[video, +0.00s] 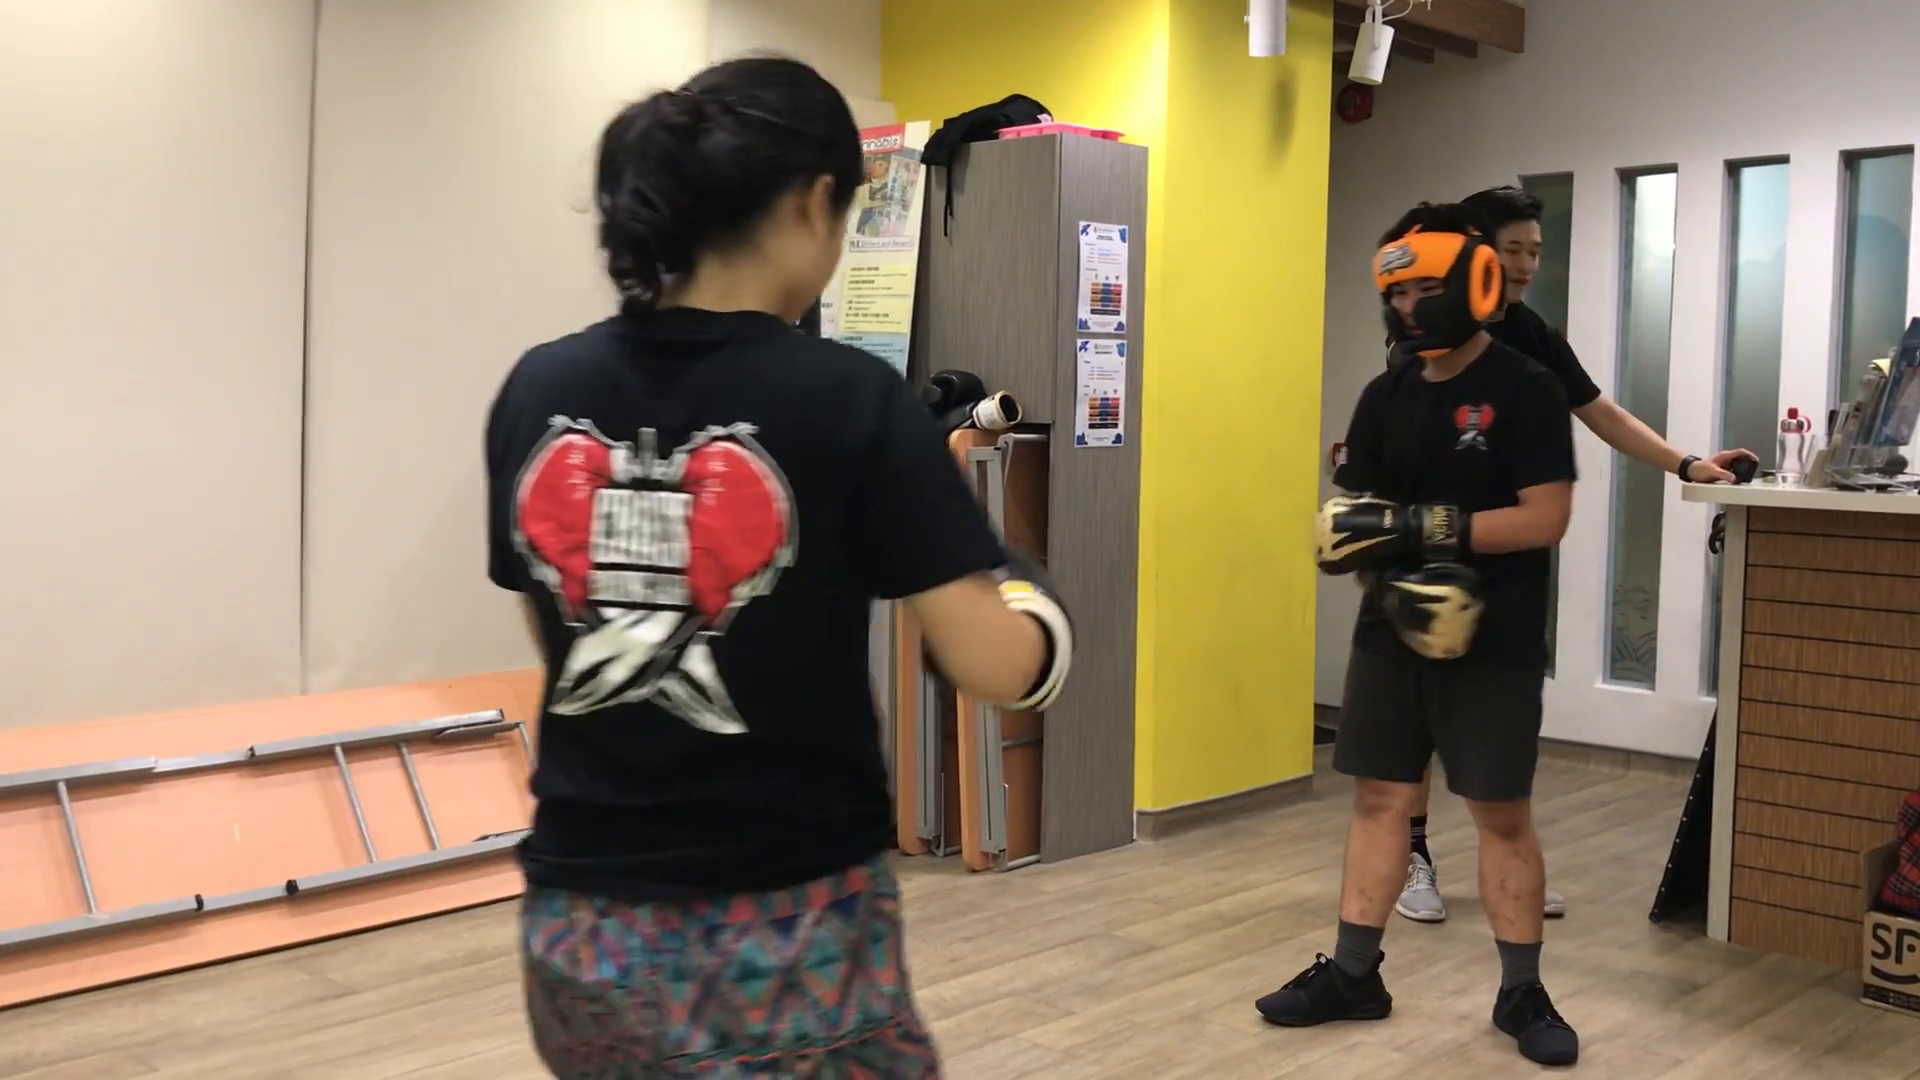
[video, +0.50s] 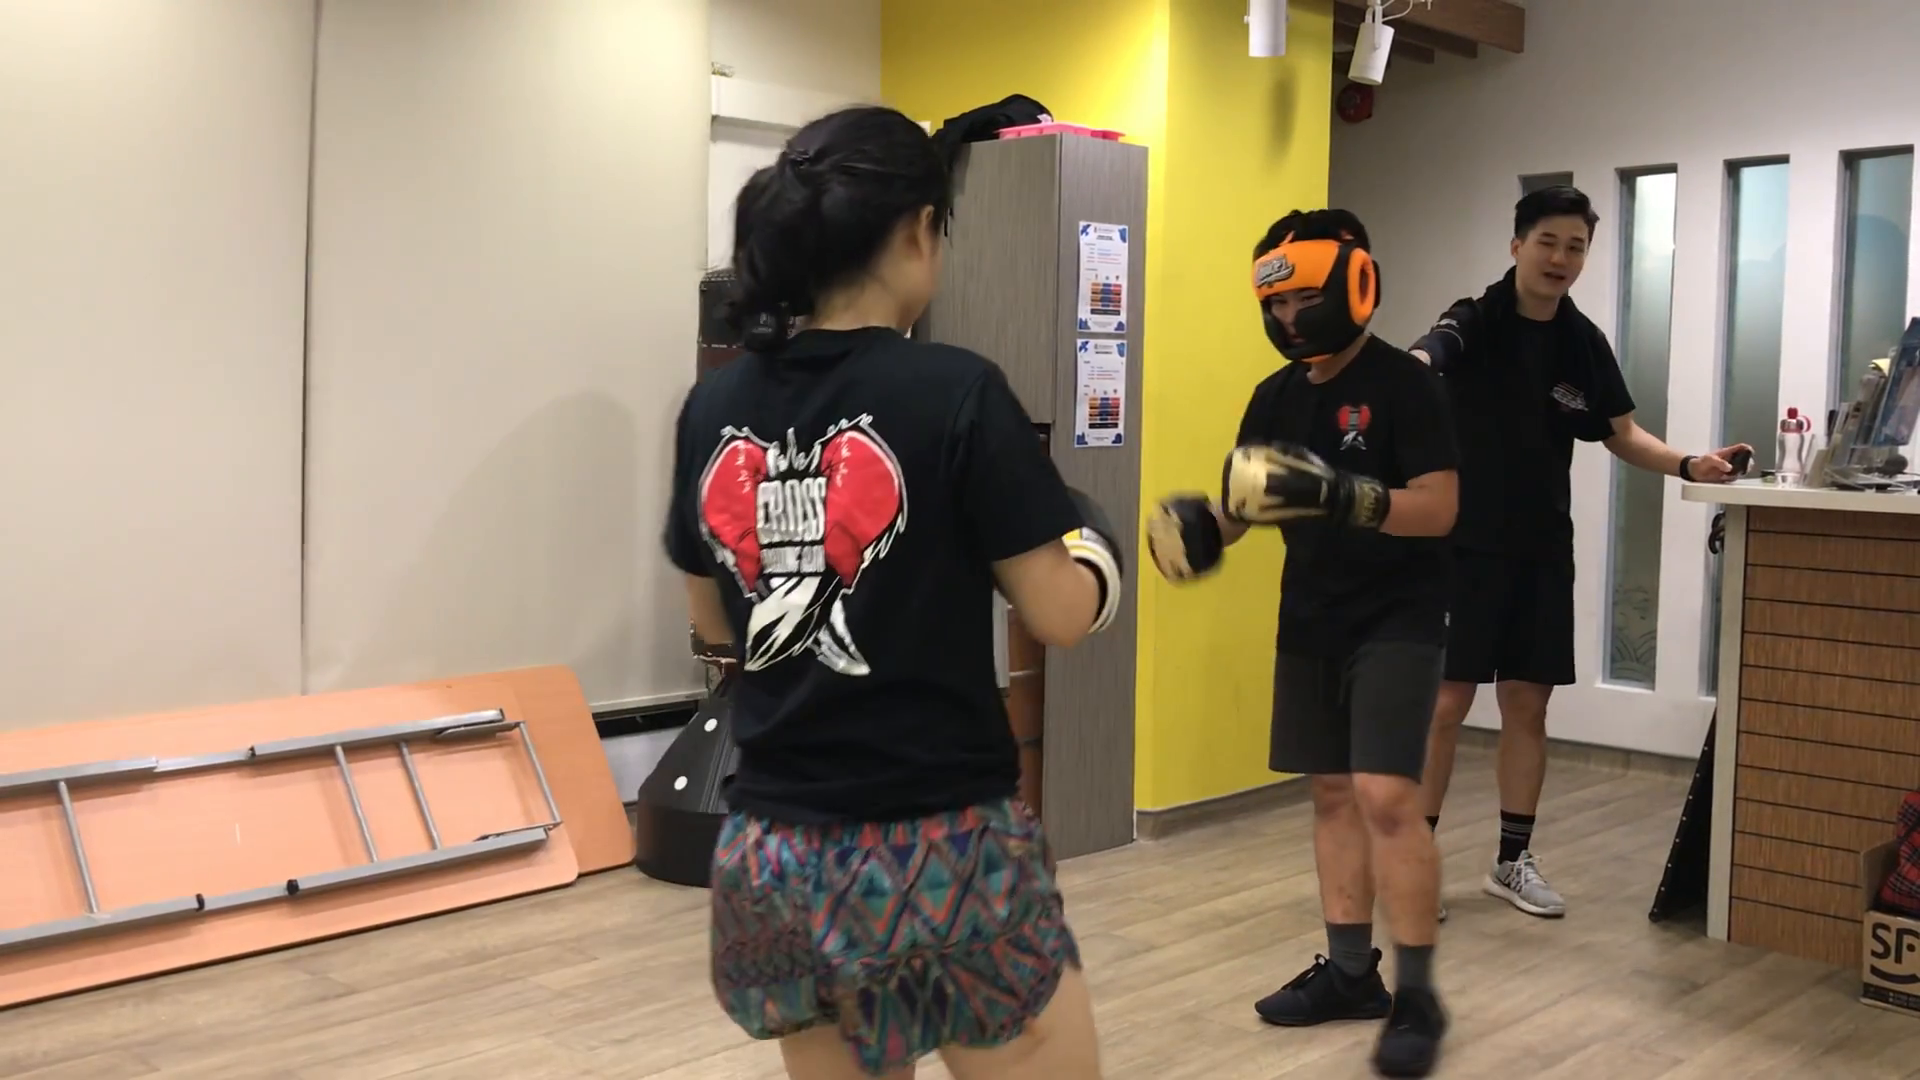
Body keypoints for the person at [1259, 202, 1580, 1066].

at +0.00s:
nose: (1405, 306)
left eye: (1421, 288)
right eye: (1396, 292)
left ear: (1472, 289)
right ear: (1390, 301)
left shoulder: (1527, 392)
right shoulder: (1384, 396)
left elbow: (1548, 518)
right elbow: (1354, 512)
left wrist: (1425, 527)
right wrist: (1350, 545)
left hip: (1497, 636)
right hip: (1394, 625)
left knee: (1502, 815)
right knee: (1380, 795)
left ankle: (1522, 991)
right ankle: (1354, 969)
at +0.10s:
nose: (1371, 305)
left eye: (1388, 286)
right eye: (1361, 291)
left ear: (1442, 283)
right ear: (1353, 298)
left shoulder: (1494, 390)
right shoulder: (1358, 396)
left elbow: (1521, 517)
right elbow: (1323, 515)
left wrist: (1402, 534)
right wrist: (1340, 577)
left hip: (1472, 638)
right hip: (1371, 630)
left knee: (1489, 817)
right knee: (1369, 797)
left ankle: (1520, 991)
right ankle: (1353, 972)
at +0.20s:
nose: (1342, 307)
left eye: (1358, 289)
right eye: (1332, 293)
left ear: (1410, 286)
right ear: (1326, 300)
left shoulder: (1465, 389)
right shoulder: (1329, 400)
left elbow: (1494, 515)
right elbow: (1301, 516)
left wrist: (1378, 539)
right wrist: (1306, 583)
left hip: (1447, 629)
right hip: (1351, 625)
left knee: (1471, 814)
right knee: (1357, 792)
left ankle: (1515, 985)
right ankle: (1352, 971)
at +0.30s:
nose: (1319, 309)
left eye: (1336, 290)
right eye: (1307, 295)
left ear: (1386, 286)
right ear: (1296, 303)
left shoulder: (1441, 389)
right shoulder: (1306, 399)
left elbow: (1477, 511)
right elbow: (1276, 512)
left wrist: (1360, 533)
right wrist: (1263, 587)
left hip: (1427, 624)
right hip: (1333, 627)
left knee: (1442, 804)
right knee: (1349, 791)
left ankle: (1502, 976)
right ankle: (1350, 971)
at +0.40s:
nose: (1300, 310)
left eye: (1316, 291)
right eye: (1287, 297)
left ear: (1370, 286)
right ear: (1277, 303)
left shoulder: (1420, 384)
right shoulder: (1290, 398)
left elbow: (1459, 509)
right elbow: (1253, 506)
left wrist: (1346, 519)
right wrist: (1227, 560)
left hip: (1413, 620)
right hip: (1323, 622)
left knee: (1413, 796)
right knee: (1339, 791)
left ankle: (1467, 978)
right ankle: (1350, 972)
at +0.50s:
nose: (1289, 315)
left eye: (1304, 294)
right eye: (1275, 301)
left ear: (1354, 287)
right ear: (1264, 307)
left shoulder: (1409, 385)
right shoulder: (1273, 397)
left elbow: (1440, 509)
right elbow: (1248, 501)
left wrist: (1342, 497)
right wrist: (1207, 528)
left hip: (1400, 618)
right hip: (1314, 620)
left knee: (1387, 796)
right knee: (1332, 792)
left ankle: (1417, 996)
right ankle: (1349, 971)